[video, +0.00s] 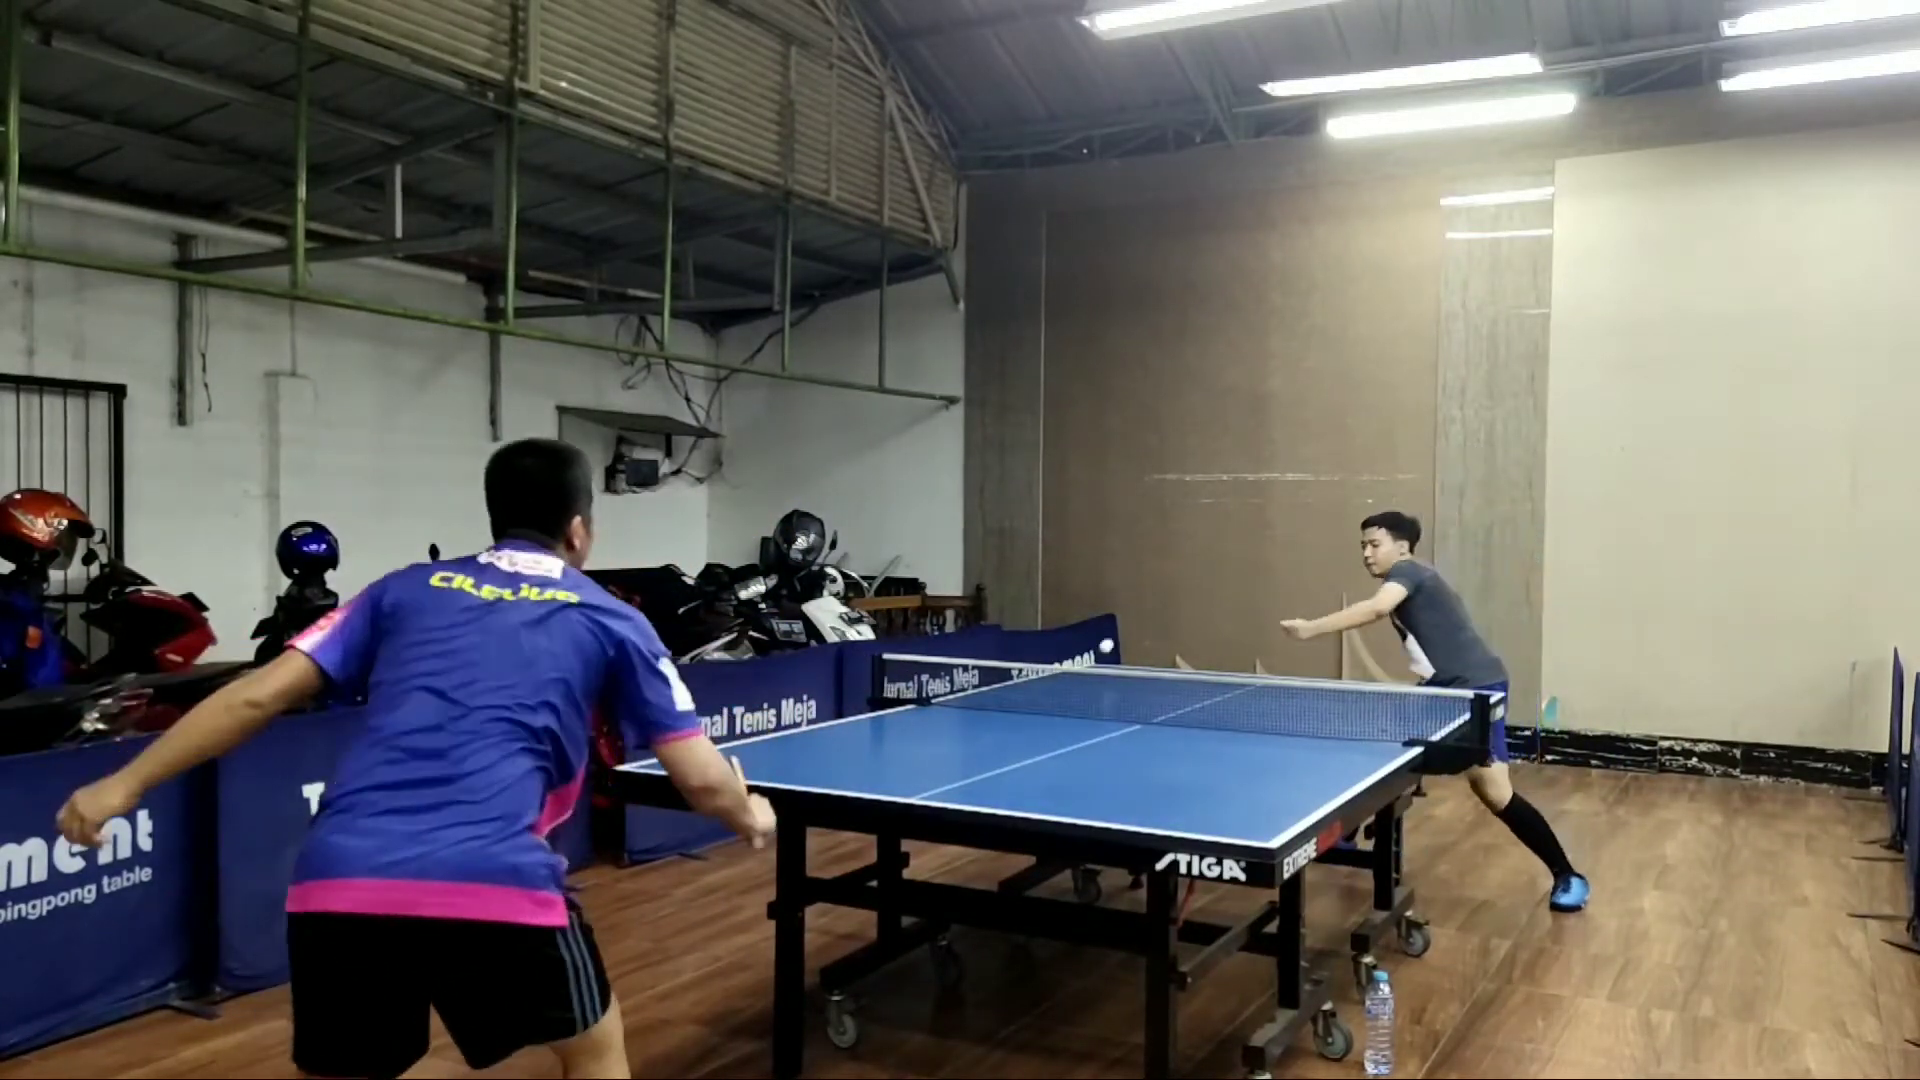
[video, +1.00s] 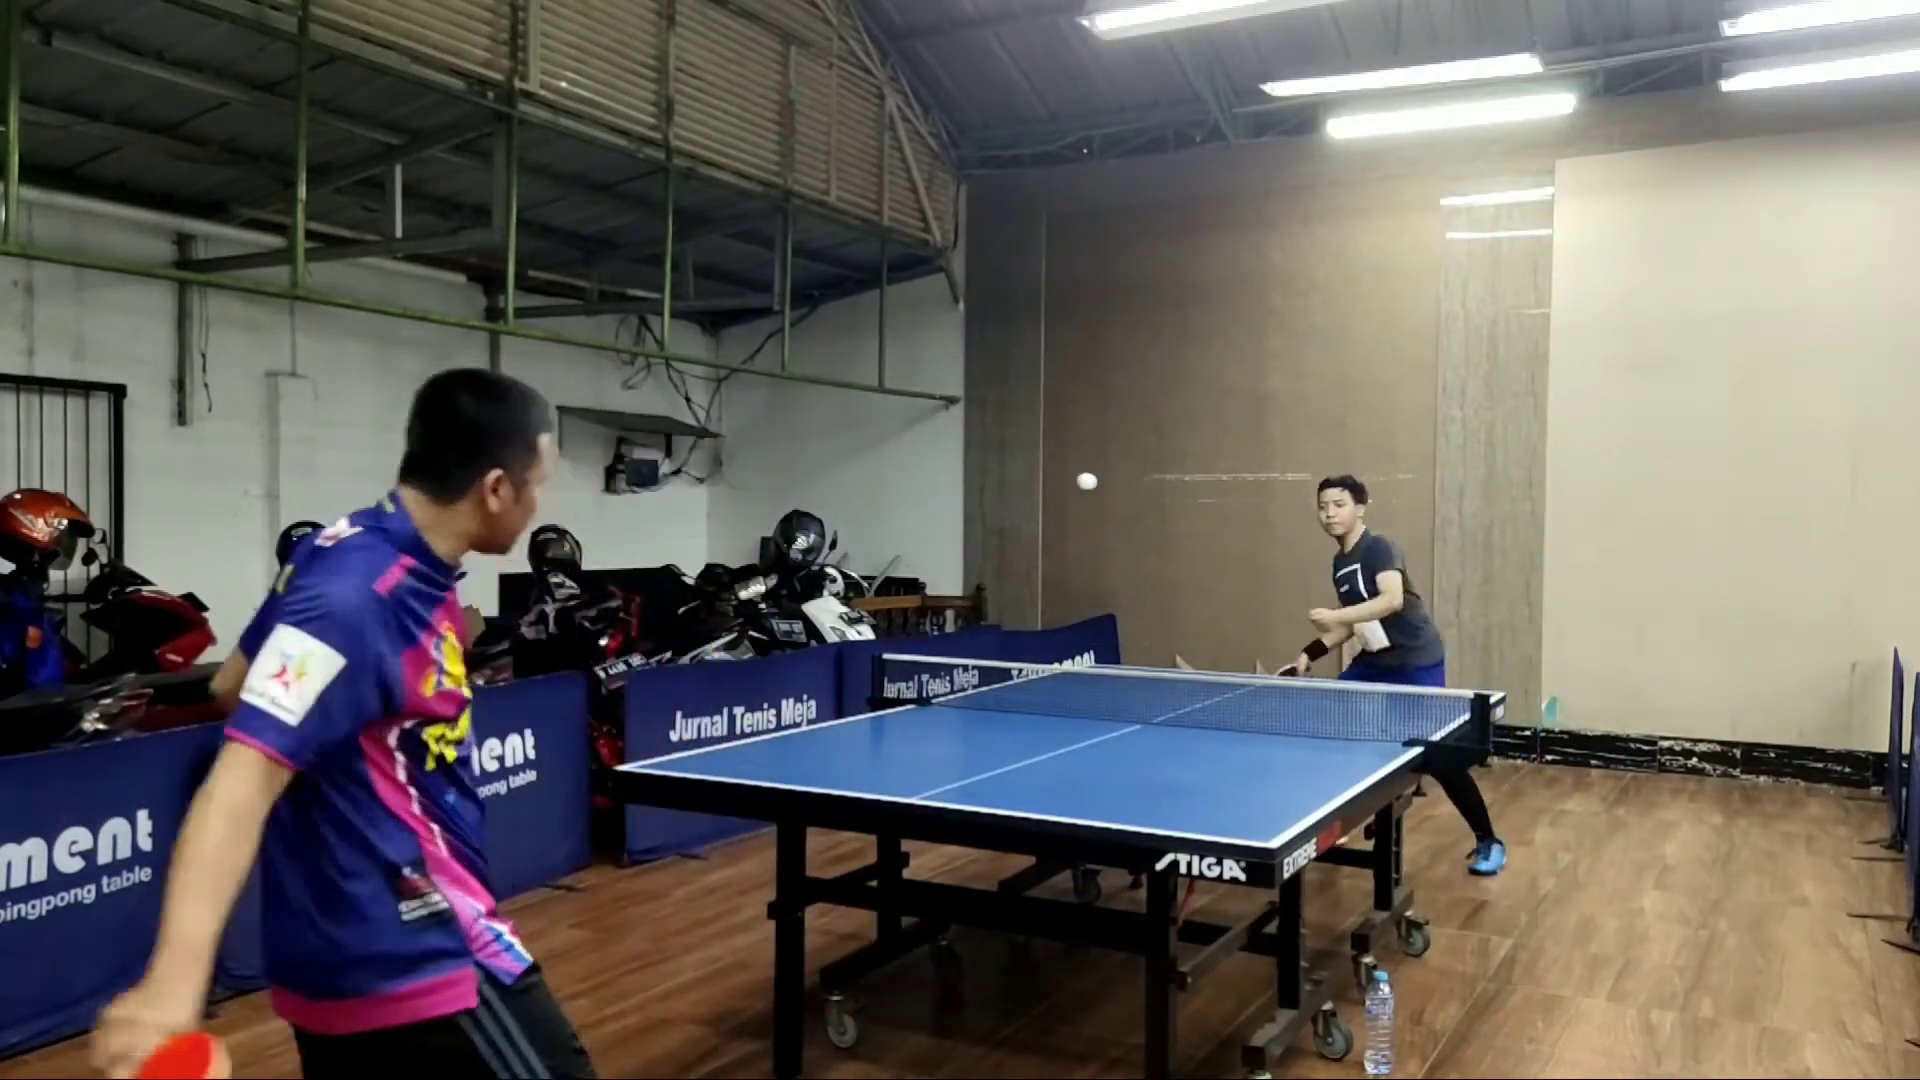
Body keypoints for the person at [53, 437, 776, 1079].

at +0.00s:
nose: (594, 535)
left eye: (585, 521)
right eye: (593, 523)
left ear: (490, 523)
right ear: (579, 531)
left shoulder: (403, 589)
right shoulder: (611, 622)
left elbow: (264, 692)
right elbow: (706, 782)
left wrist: (122, 785)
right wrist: (744, 808)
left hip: (338, 894)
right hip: (493, 899)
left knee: (346, 1068)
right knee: (592, 1050)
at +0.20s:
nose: (602, 509)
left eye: (602, 493)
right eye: (600, 494)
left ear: (496, 500)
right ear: (582, 506)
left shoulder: (397, 580)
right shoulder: (599, 605)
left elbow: (269, 722)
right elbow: (652, 779)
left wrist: (221, 830)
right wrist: (727, 856)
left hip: (328, 908)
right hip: (484, 905)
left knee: (338, 1069)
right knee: (642, 1063)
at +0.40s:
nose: (688, 539)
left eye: (686, 521)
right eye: (688, 522)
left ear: (585, 520)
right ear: (671, 531)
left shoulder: (474, 598)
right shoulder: (676, 631)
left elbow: (372, 768)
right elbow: (704, 832)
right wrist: (775, 893)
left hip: (378, 953)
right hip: (536, 960)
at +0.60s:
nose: (771, 588)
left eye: (777, 572)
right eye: (776, 570)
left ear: (673, 530)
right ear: (749, 572)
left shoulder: (581, 586)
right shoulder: (633, 634)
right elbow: (495, 802)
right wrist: (653, 908)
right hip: (490, 972)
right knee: (638, 1067)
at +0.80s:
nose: (667, 559)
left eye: (674, 539)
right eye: (666, 537)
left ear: (605, 520)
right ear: (610, 520)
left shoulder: (547, 583)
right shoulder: (443, 591)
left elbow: (485, 774)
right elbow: (367, 785)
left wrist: (534, 919)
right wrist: (504, 914)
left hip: (502, 948)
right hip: (417, 967)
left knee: (597, 1065)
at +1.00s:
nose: (537, 502)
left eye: (541, 485)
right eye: (536, 485)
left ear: (418, 459)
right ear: (494, 489)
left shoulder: (360, 551)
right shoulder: (351, 597)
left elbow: (235, 684)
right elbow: (240, 783)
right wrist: (173, 988)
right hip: (427, 976)